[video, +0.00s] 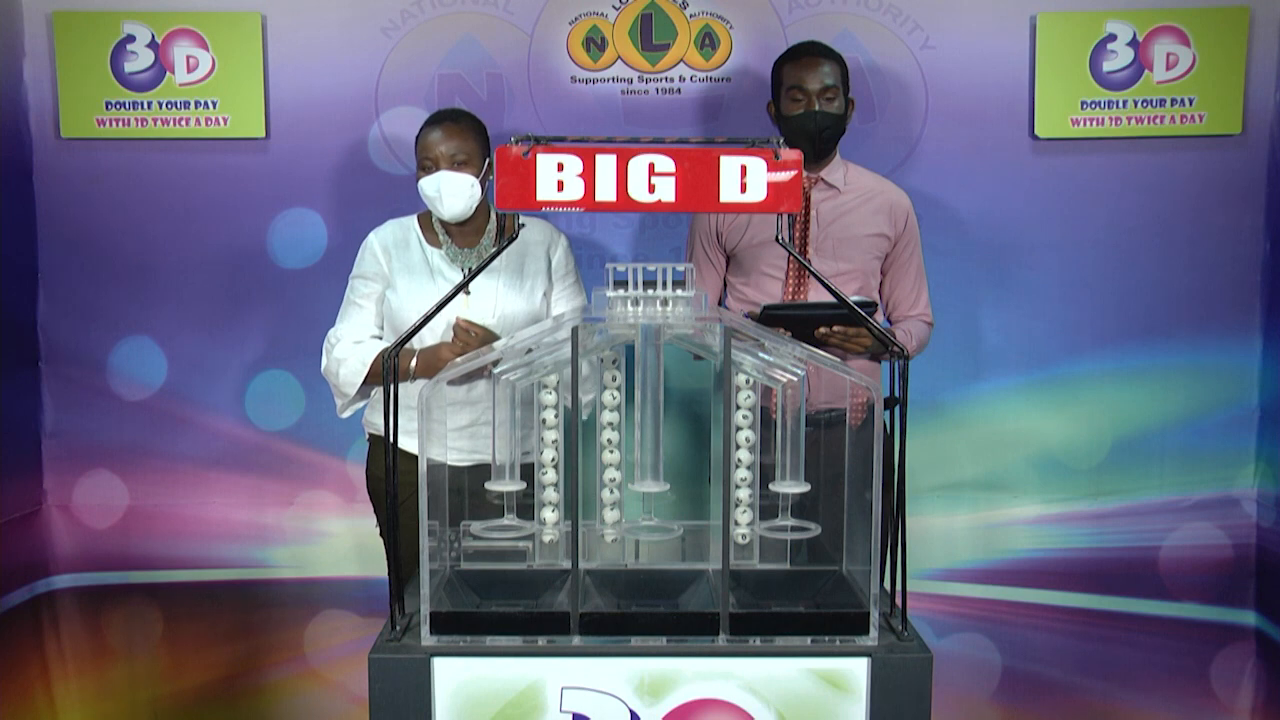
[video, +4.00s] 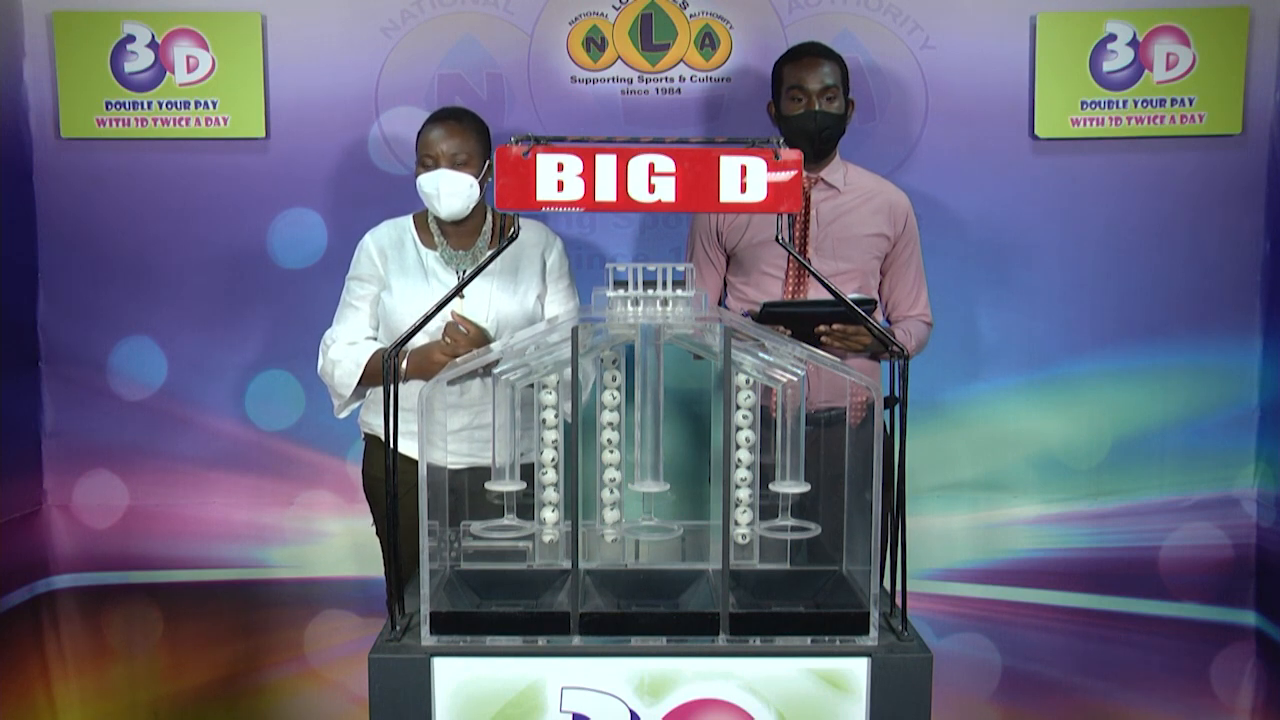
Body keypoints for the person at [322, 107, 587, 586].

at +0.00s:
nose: (445, 180)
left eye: (459, 164)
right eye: (430, 167)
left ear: (487, 167)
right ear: (417, 174)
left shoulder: (543, 245)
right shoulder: (386, 247)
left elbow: (576, 360)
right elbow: (343, 359)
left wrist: (502, 355)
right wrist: (426, 360)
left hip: (513, 463)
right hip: (409, 464)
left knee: (506, 615)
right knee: (417, 615)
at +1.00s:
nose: (447, 180)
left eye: (462, 164)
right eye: (433, 166)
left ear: (489, 166)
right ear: (419, 171)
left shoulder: (543, 246)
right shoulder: (385, 246)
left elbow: (569, 360)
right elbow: (340, 359)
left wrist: (494, 351)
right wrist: (417, 361)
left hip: (510, 463)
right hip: (407, 463)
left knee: (504, 619)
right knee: (415, 617)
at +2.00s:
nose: (445, 179)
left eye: (459, 163)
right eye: (430, 166)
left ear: (483, 166)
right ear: (415, 171)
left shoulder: (537, 246)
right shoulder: (379, 246)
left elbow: (566, 354)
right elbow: (336, 360)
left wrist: (500, 352)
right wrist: (417, 362)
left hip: (507, 461)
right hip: (405, 461)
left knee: (502, 617)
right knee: (416, 616)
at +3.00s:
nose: (441, 178)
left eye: (455, 162)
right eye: (427, 165)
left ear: (481, 167)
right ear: (413, 173)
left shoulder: (537, 246)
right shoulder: (380, 248)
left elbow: (567, 350)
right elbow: (336, 360)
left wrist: (494, 355)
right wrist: (418, 361)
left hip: (505, 462)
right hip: (404, 462)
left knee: (500, 614)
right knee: (414, 612)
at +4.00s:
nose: (444, 180)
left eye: (459, 164)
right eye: (430, 165)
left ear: (486, 167)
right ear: (417, 169)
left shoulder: (539, 247)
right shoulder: (382, 248)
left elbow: (568, 361)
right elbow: (338, 360)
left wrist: (494, 359)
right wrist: (414, 361)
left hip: (507, 466)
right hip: (404, 466)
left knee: (502, 619)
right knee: (416, 618)